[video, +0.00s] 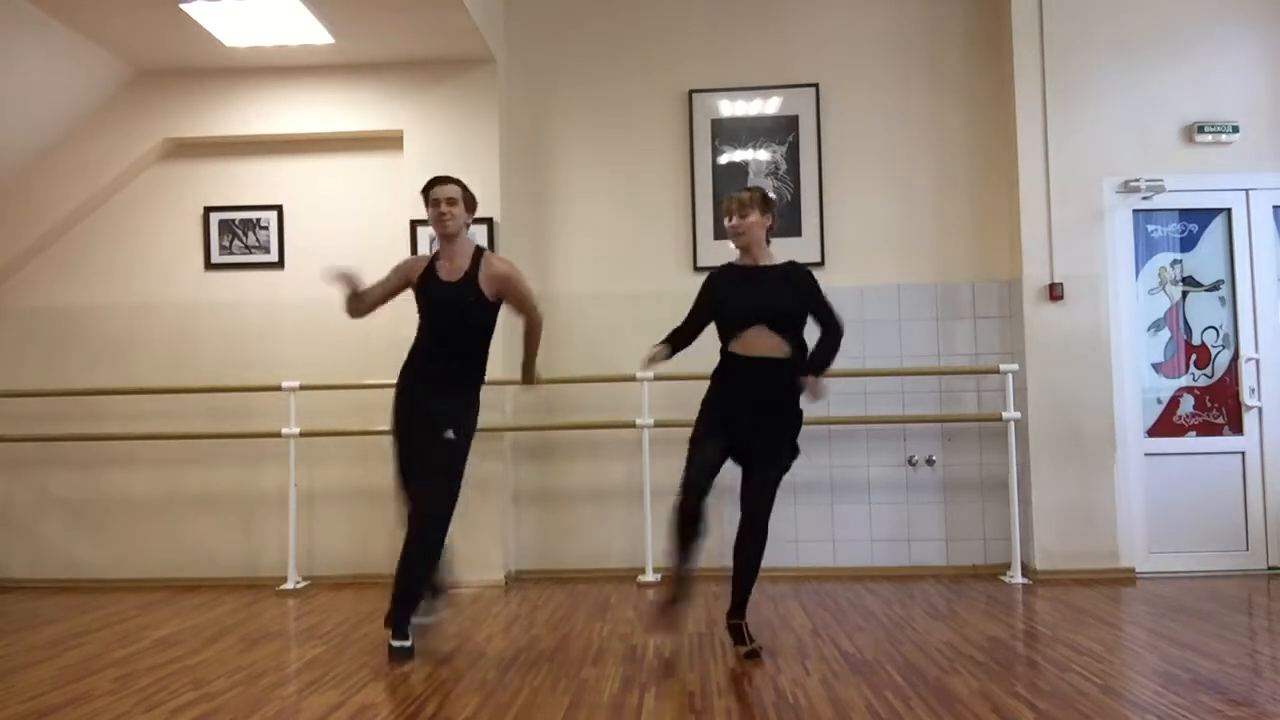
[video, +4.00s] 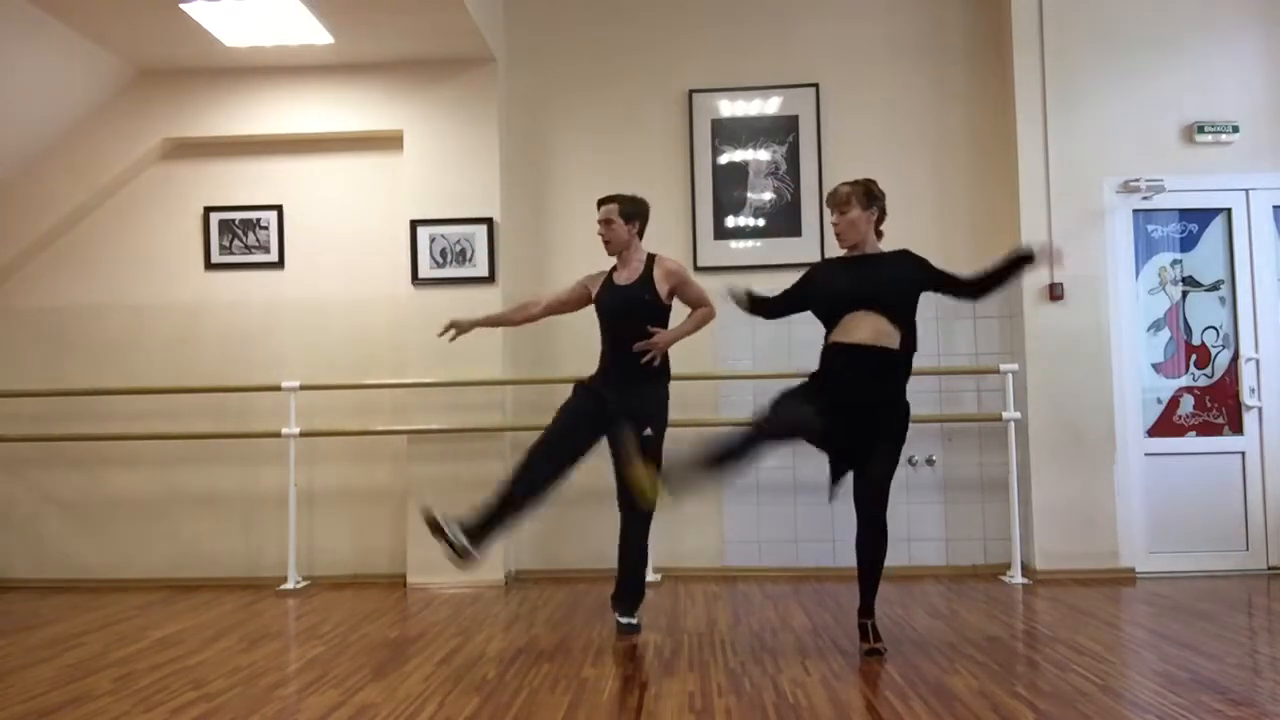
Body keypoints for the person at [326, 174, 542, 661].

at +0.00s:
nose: (443, 211)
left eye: (452, 203)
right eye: (436, 204)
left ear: (470, 211)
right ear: (427, 215)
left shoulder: (496, 271)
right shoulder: (416, 268)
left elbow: (533, 317)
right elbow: (360, 309)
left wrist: (529, 367)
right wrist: (352, 287)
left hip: (457, 398)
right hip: (413, 392)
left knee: (432, 510)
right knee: (417, 494)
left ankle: (400, 619)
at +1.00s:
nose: (489, 216)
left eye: (497, 208)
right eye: (481, 210)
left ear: (512, 219)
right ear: (470, 221)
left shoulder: (534, 274)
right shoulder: (458, 269)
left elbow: (550, 320)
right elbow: (426, 301)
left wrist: (555, 361)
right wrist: (440, 279)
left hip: (512, 384)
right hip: (466, 383)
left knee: (442, 460)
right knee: (465, 509)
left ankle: (364, 541)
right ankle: (473, 617)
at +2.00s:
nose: (487, 221)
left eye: (495, 215)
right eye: (480, 215)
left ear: (510, 226)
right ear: (469, 226)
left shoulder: (528, 284)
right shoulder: (454, 287)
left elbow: (548, 357)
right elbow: (446, 353)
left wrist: (563, 421)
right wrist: (427, 409)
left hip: (523, 411)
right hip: (473, 410)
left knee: (532, 512)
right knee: (446, 483)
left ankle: (534, 611)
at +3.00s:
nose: (561, 226)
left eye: (568, 220)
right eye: (554, 221)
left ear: (583, 228)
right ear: (544, 233)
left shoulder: (601, 277)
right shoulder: (539, 286)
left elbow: (581, 302)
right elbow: (514, 318)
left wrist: (543, 267)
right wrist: (488, 337)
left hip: (610, 403)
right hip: (565, 408)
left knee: (625, 505)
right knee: (595, 507)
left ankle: (624, 602)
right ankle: (659, 583)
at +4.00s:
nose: (601, 231)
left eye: (609, 223)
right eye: (600, 224)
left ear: (635, 228)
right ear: (605, 230)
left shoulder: (666, 270)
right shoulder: (597, 284)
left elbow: (706, 309)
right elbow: (537, 309)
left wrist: (673, 336)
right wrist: (476, 322)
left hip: (644, 398)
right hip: (599, 391)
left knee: (636, 506)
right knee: (543, 461)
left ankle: (627, 606)